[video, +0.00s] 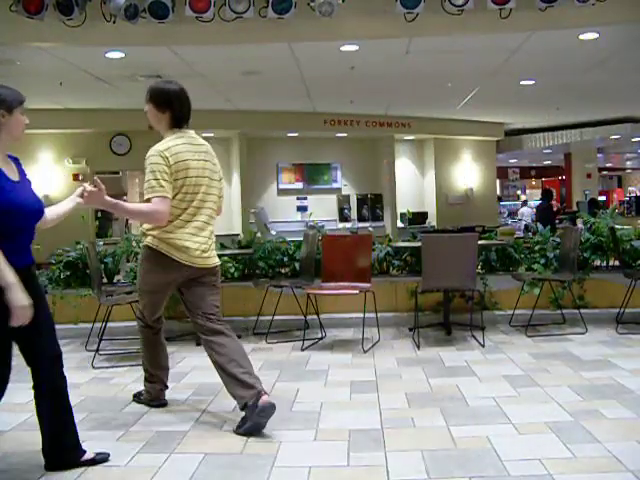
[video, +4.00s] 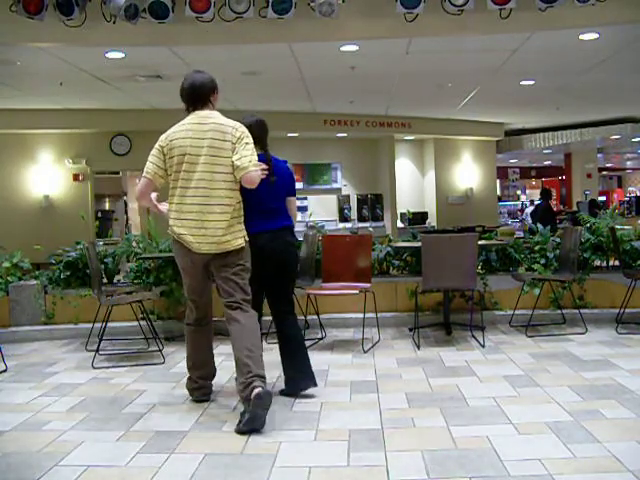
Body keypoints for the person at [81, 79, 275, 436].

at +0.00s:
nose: (146, 116)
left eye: (148, 110)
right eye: (146, 110)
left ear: (162, 111)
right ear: (182, 111)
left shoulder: (161, 152)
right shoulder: (206, 149)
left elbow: (159, 213)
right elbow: (215, 208)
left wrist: (106, 203)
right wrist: (172, 206)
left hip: (163, 251)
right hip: (203, 252)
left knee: (150, 320)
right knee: (213, 324)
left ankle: (154, 391)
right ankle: (254, 398)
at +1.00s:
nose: (197, 85)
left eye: (199, 79)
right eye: (199, 78)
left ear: (209, 79)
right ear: (237, 79)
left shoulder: (195, 112)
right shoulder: (268, 117)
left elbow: (181, 179)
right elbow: (291, 177)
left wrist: (156, 188)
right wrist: (261, 203)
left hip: (219, 230)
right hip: (267, 233)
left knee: (212, 326)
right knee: (257, 327)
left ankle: (217, 422)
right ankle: (263, 422)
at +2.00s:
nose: (203, 72)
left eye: (202, 66)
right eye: (205, 65)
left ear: (209, 68)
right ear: (252, 63)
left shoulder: (192, 125)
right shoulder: (296, 117)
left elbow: (197, 204)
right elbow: (320, 201)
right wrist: (272, 209)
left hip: (228, 271)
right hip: (281, 268)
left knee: (215, 379)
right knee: (265, 360)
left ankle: (288, 475)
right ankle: (265, 446)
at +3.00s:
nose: (210, 69)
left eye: (209, 63)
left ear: (213, 64)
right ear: (250, 60)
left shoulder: (209, 103)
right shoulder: (284, 104)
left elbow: (166, 175)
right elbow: (301, 172)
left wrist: (178, 196)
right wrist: (259, 176)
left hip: (232, 229)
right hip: (277, 233)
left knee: (231, 328)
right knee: (264, 328)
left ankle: (263, 439)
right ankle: (263, 412)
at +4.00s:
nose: (219, 99)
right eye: (218, 94)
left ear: (184, 101)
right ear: (215, 97)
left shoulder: (171, 136)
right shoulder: (235, 131)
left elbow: (143, 193)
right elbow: (250, 180)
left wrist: (158, 206)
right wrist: (256, 171)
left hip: (186, 237)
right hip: (228, 236)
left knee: (196, 314)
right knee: (240, 308)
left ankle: (199, 386)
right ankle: (253, 385)